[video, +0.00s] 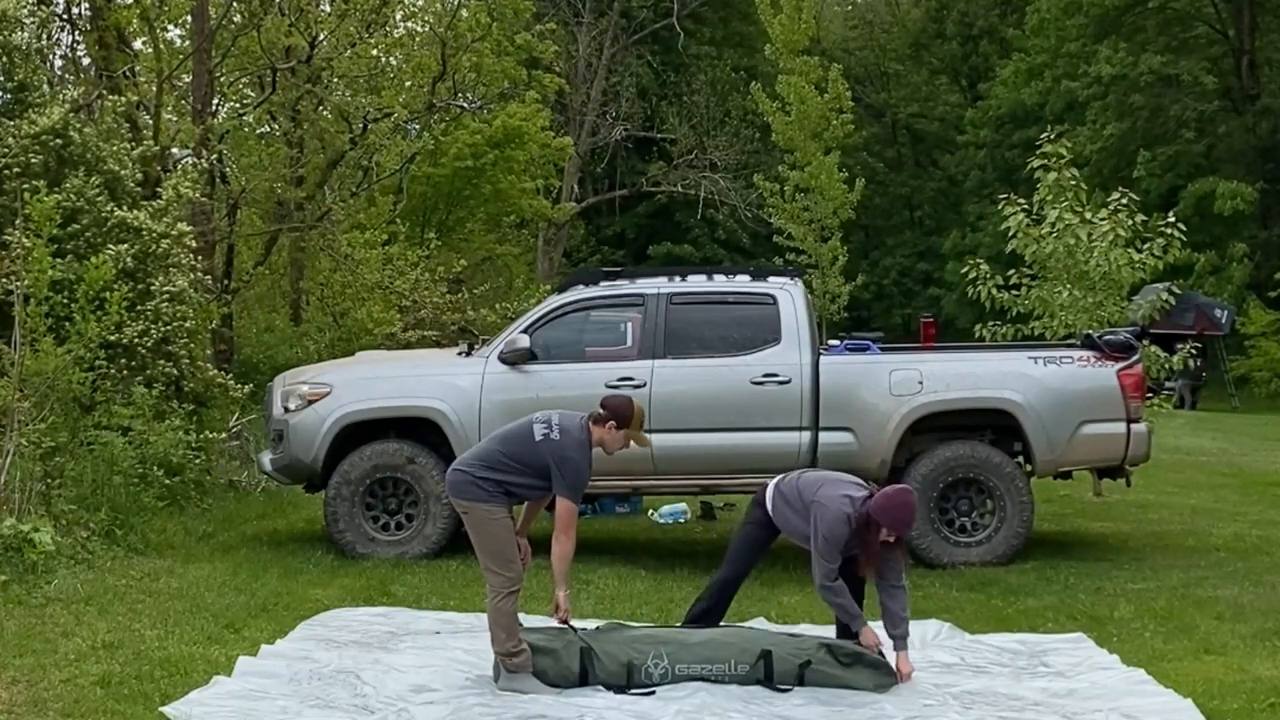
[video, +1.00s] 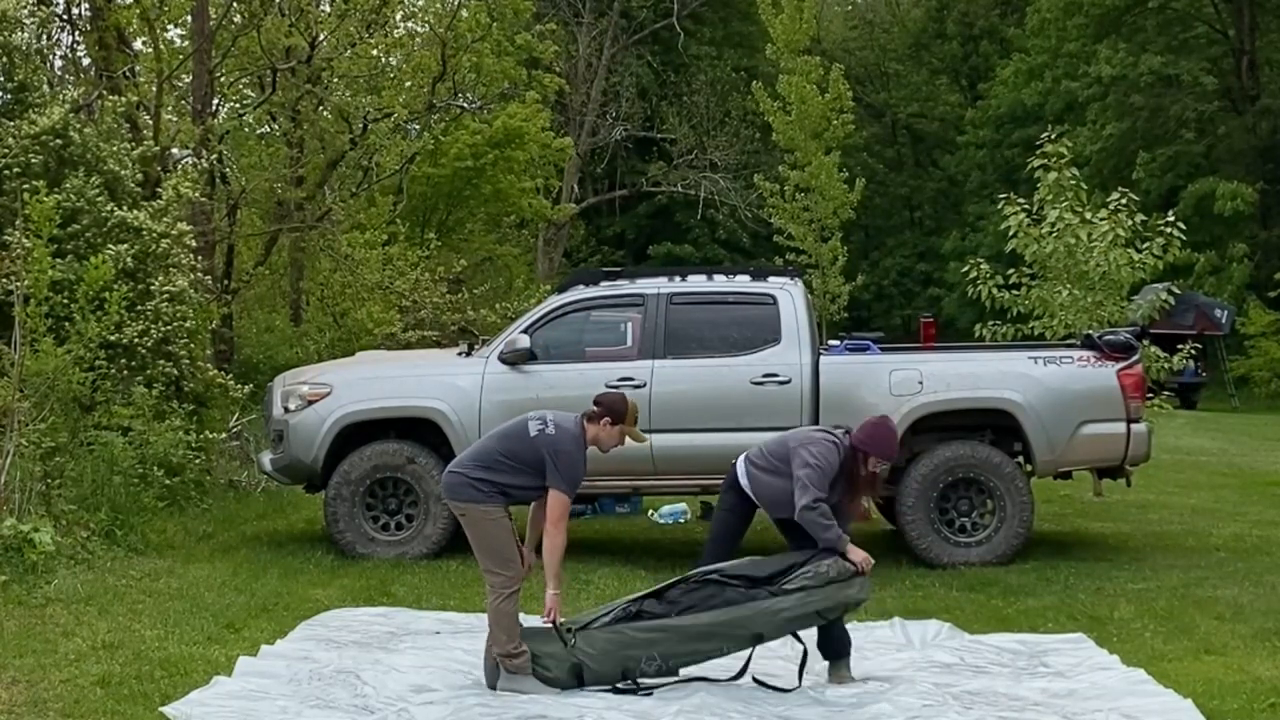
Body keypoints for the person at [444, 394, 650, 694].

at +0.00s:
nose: (627, 443)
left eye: (629, 437)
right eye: (626, 436)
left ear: (605, 423)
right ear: (609, 426)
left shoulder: (573, 427)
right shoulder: (574, 455)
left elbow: (543, 488)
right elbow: (563, 535)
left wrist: (521, 532)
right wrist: (561, 590)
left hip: (480, 482)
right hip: (477, 488)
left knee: (508, 574)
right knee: (505, 579)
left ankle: (507, 664)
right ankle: (514, 671)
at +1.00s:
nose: (622, 442)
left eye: (625, 435)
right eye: (622, 433)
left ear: (601, 421)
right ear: (604, 423)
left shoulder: (566, 431)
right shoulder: (569, 450)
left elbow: (542, 500)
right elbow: (554, 525)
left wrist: (529, 547)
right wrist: (553, 590)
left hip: (476, 486)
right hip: (472, 489)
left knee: (511, 571)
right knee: (506, 576)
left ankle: (498, 661)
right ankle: (513, 670)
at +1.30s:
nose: (589, 456)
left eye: (593, 450)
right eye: (591, 447)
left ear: (568, 431)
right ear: (577, 435)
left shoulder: (531, 441)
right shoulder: (546, 451)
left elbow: (512, 520)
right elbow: (543, 528)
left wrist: (505, 570)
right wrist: (557, 588)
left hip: (434, 494)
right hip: (452, 500)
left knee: (483, 568)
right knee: (505, 580)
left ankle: (472, 653)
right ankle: (514, 673)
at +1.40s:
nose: (555, 430)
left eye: (559, 425)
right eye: (557, 422)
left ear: (535, 409)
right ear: (540, 410)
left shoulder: (494, 426)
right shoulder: (511, 437)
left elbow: (481, 509)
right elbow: (518, 513)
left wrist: (486, 562)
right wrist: (540, 569)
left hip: (409, 497)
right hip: (432, 502)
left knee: (447, 578)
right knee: (478, 584)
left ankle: (404, 657)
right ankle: (513, 673)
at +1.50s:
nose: (518, 416)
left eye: (522, 410)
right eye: (520, 407)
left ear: (495, 394)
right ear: (503, 395)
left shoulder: (450, 407)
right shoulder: (474, 420)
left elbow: (442, 487)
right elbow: (479, 500)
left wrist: (457, 543)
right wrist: (499, 558)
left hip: (370, 484)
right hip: (399, 484)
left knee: (410, 569)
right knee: (460, 552)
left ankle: (398, 665)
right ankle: (469, 649)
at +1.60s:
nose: (501, 404)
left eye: (503, 398)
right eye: (502, 395)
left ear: (474, 383)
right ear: (485, 386)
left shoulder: (433, 398)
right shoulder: (461, 417)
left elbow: (424, 482)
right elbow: (467, 498)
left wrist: (441, 531)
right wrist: (478, 551)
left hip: (357, 484)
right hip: (385, 485)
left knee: (400, 567)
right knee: (443, 553)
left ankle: (397, 665)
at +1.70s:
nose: (488, 406)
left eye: (491, 400)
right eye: (489, 398)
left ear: (461, 385)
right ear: (474, 390)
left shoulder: (422, 400)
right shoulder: (452, 423)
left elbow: (406, 462)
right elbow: (449, 501)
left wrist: (428, 511)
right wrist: (465, 547)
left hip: (348, 493)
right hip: (368, 500)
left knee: (397, 580)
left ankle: (397, 664)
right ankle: (371, 678)